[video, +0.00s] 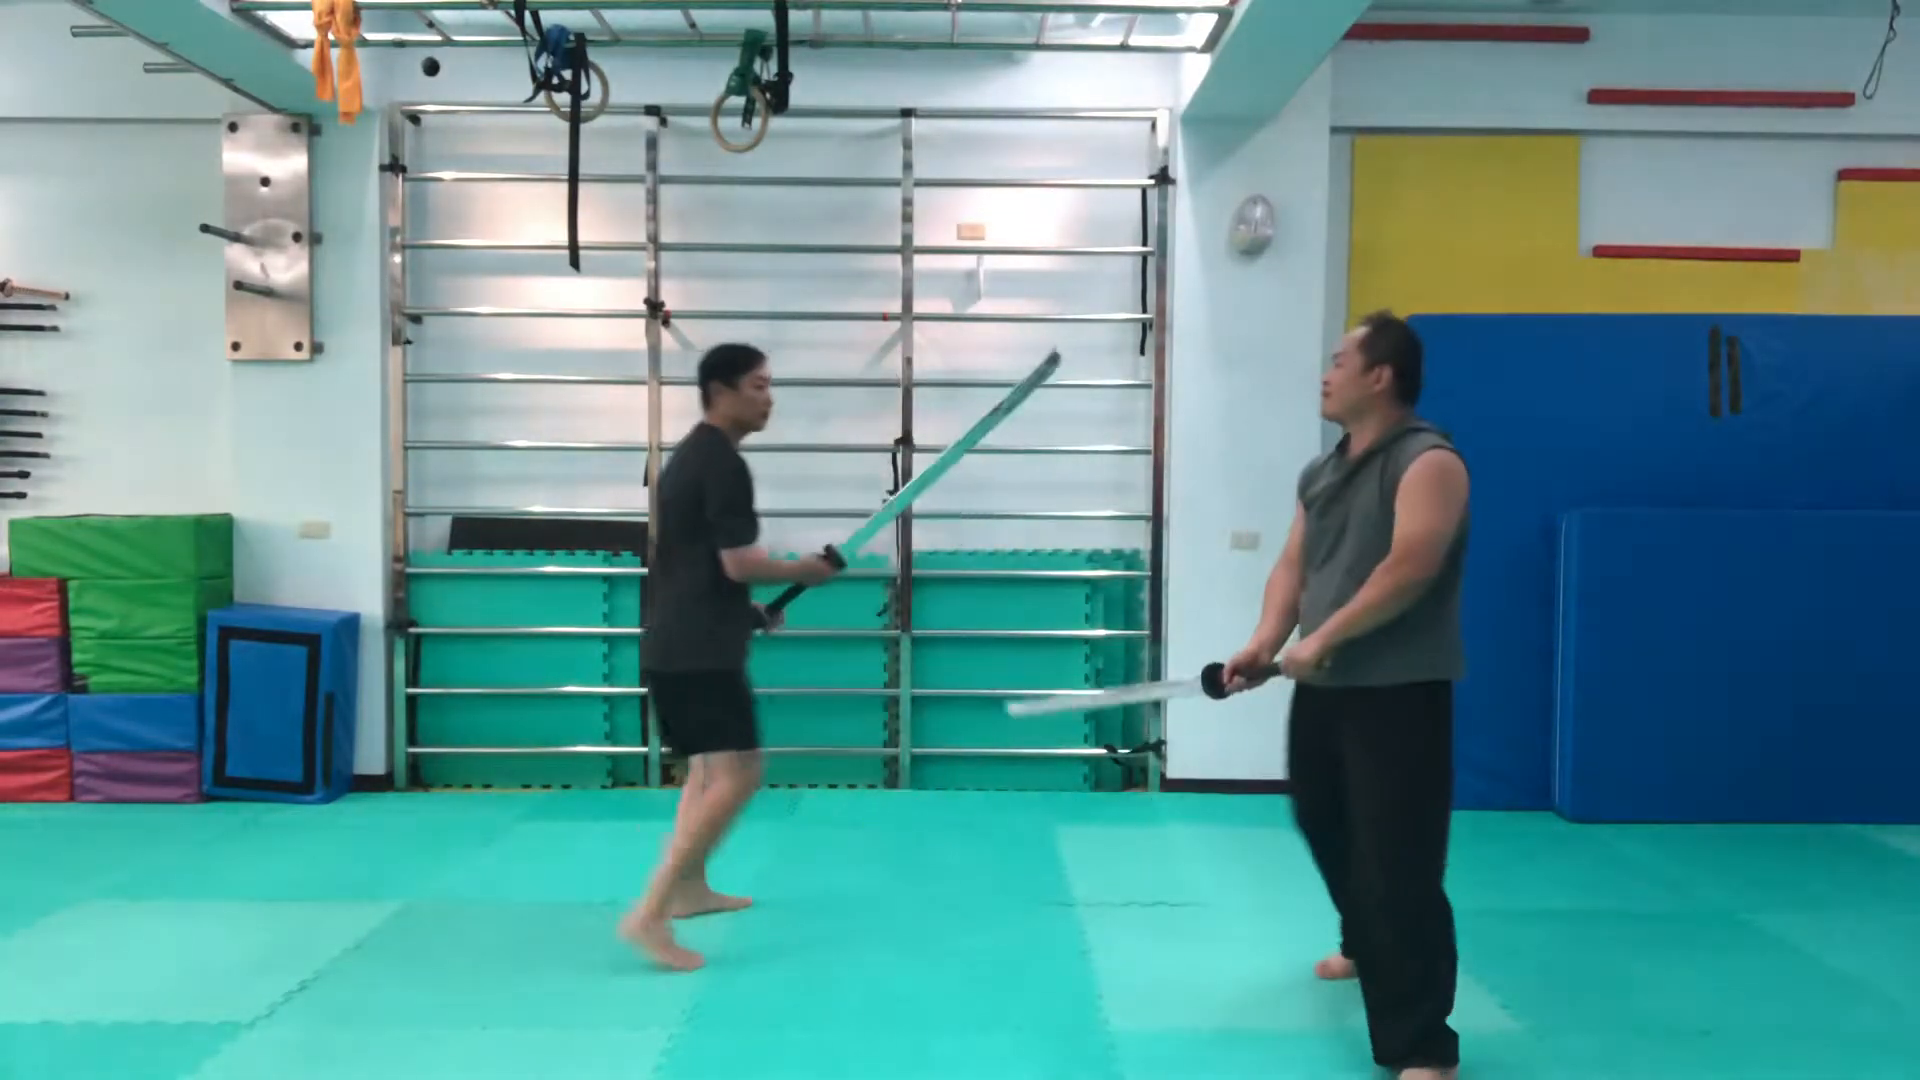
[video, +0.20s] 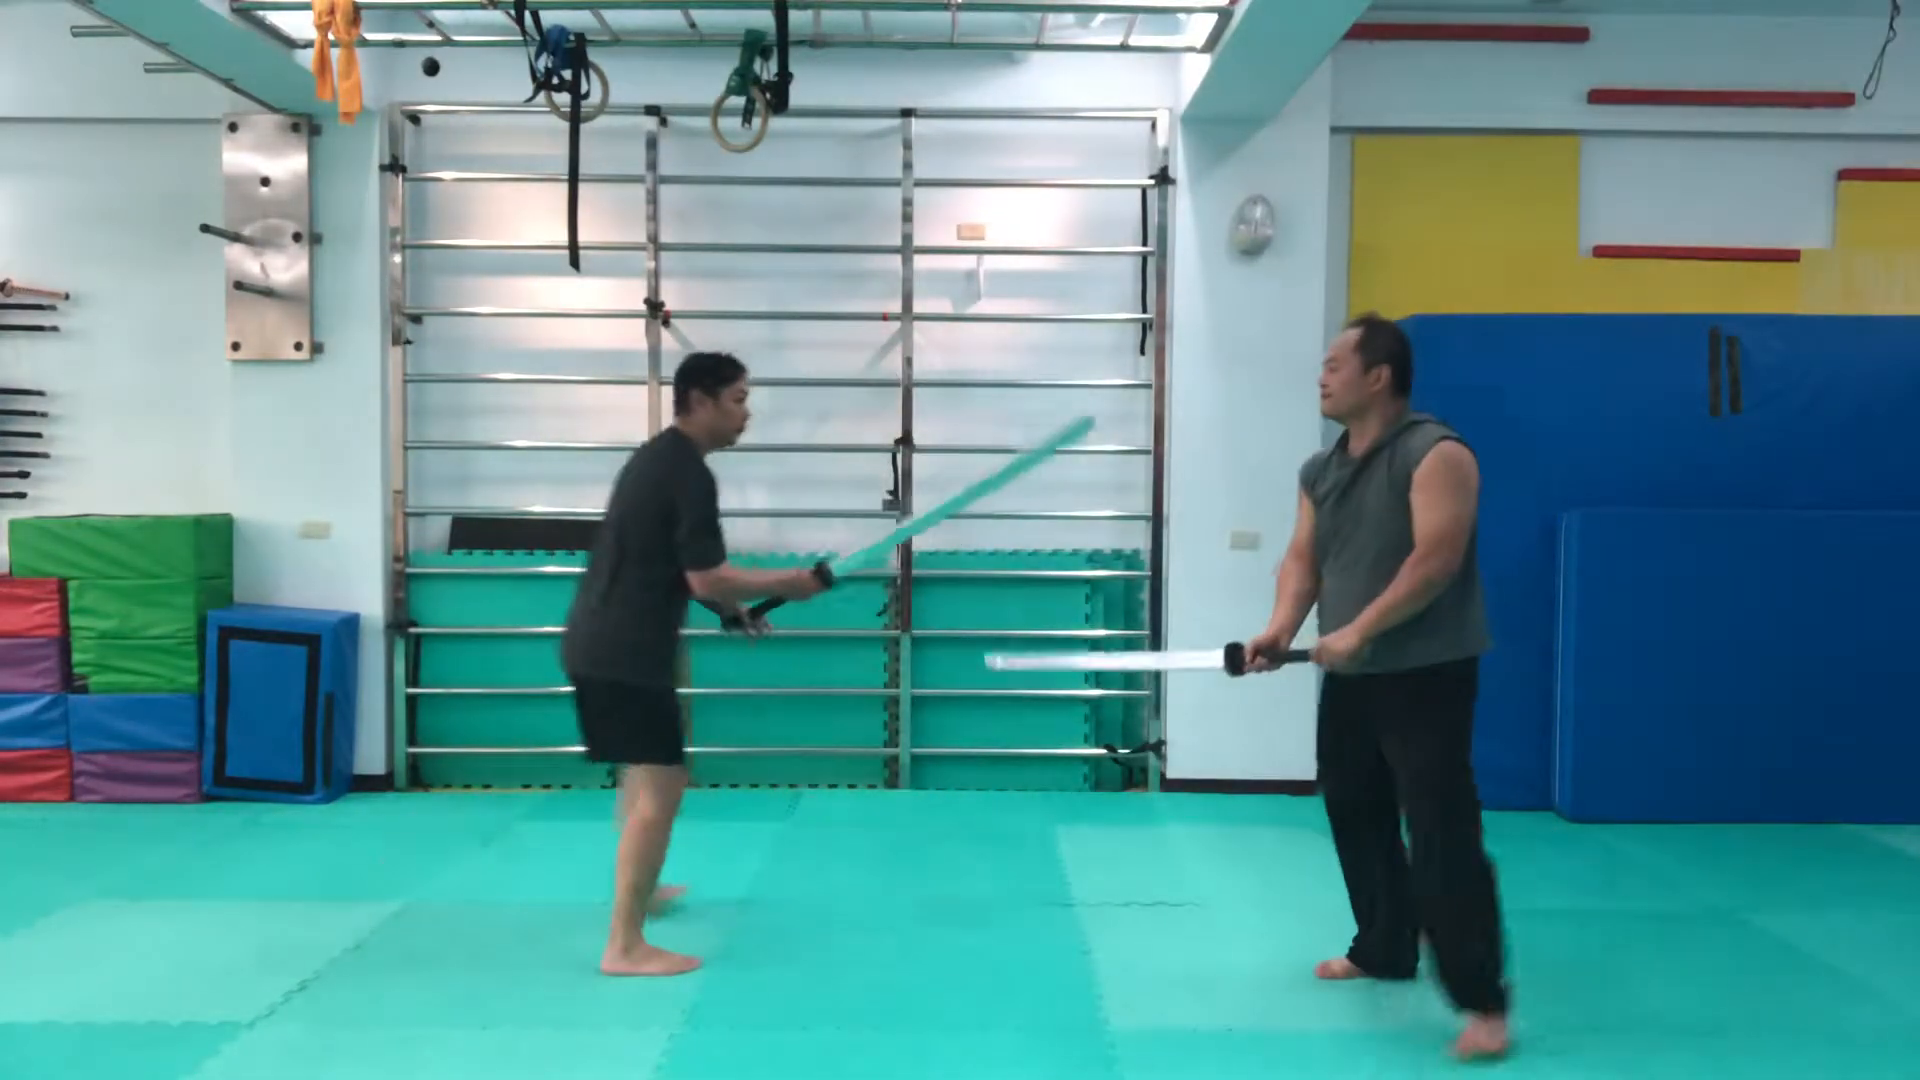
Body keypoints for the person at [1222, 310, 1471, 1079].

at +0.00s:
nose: (1325, 375)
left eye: (1339, 364)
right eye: (1330, 363)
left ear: (1383, 378)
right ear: (1363, 378)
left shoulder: (1430, 462)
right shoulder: (1323, 472)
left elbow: (1411, 567)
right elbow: (1292, 567)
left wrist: (1323, 638)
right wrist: (1265, 642)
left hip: (1401, 695)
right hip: (1325, 689)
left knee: (1396, 869)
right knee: (1323, 820)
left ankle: (1421, 1049)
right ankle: (1367, 941)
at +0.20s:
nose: (1320, 379)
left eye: (1334, 367)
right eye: (1323, 367)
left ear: (1380, 377)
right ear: (1362, 380)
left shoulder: (1437, 454)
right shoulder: (1323, 469)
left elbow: (1437, 559)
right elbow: (1303, 559)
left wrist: (1360, 630)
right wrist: (1279, 632)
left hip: (1429, 675)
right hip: (1352, 676)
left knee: (1443, 832)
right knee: (1357, 816)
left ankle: (1484, 1004)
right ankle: (1383, 950)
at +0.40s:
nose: (1363, 373)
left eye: (1376, 362)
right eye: (1363, 362)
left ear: (1421, 373)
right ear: (1385, 374)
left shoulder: (1471, 451)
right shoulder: (1359, 462)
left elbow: (1472, 552)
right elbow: (1338, 548)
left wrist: (1394, 621)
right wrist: (1316, 608)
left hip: (1456, 668)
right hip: (1372, 669)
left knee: (1494, 813)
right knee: (1365, 812)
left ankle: (1576, 941)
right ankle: (1377, 951)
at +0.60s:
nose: (1419, 388)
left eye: (1433, 377)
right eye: (1420, 376)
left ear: (1479, 386)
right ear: (1448, 387)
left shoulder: (1530, 467)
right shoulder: (1414, 472)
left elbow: (1515, 565)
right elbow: (1387, 551)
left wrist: (1428, 628)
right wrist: (1347, 605)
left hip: (1506, 684)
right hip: (1417, 681)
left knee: (1543, 816)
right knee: (1369, 793)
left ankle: (1594, 957)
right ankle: (1373, 944)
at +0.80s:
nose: (1451, 399)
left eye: (1465, 389)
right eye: (1451, 388)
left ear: (1512, 397)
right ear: (1465, 396)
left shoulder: (1560, 477)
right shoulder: (1443, 476)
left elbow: (1537, 573)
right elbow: (1412, 556)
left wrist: (1453, 629)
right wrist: (1367, 604)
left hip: (1529, 683)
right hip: (1438, 674)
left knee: (1549, 820)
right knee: (1373, 777)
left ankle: (1590, 960)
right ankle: (1347, 907)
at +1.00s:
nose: (1445, 402)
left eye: (1459, 393)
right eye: (1444, 391)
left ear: (1504, 402)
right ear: (1456, 400)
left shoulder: (1545, 484)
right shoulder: (1431, 481)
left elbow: (1519, 578)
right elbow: (1397, 557)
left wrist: (1432, 629)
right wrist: (1353, 601)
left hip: (1510, 689)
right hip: (1424, 681)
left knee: (1538, 824)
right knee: (1383, 793)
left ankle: (1588, 958)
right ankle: (1359, 913)